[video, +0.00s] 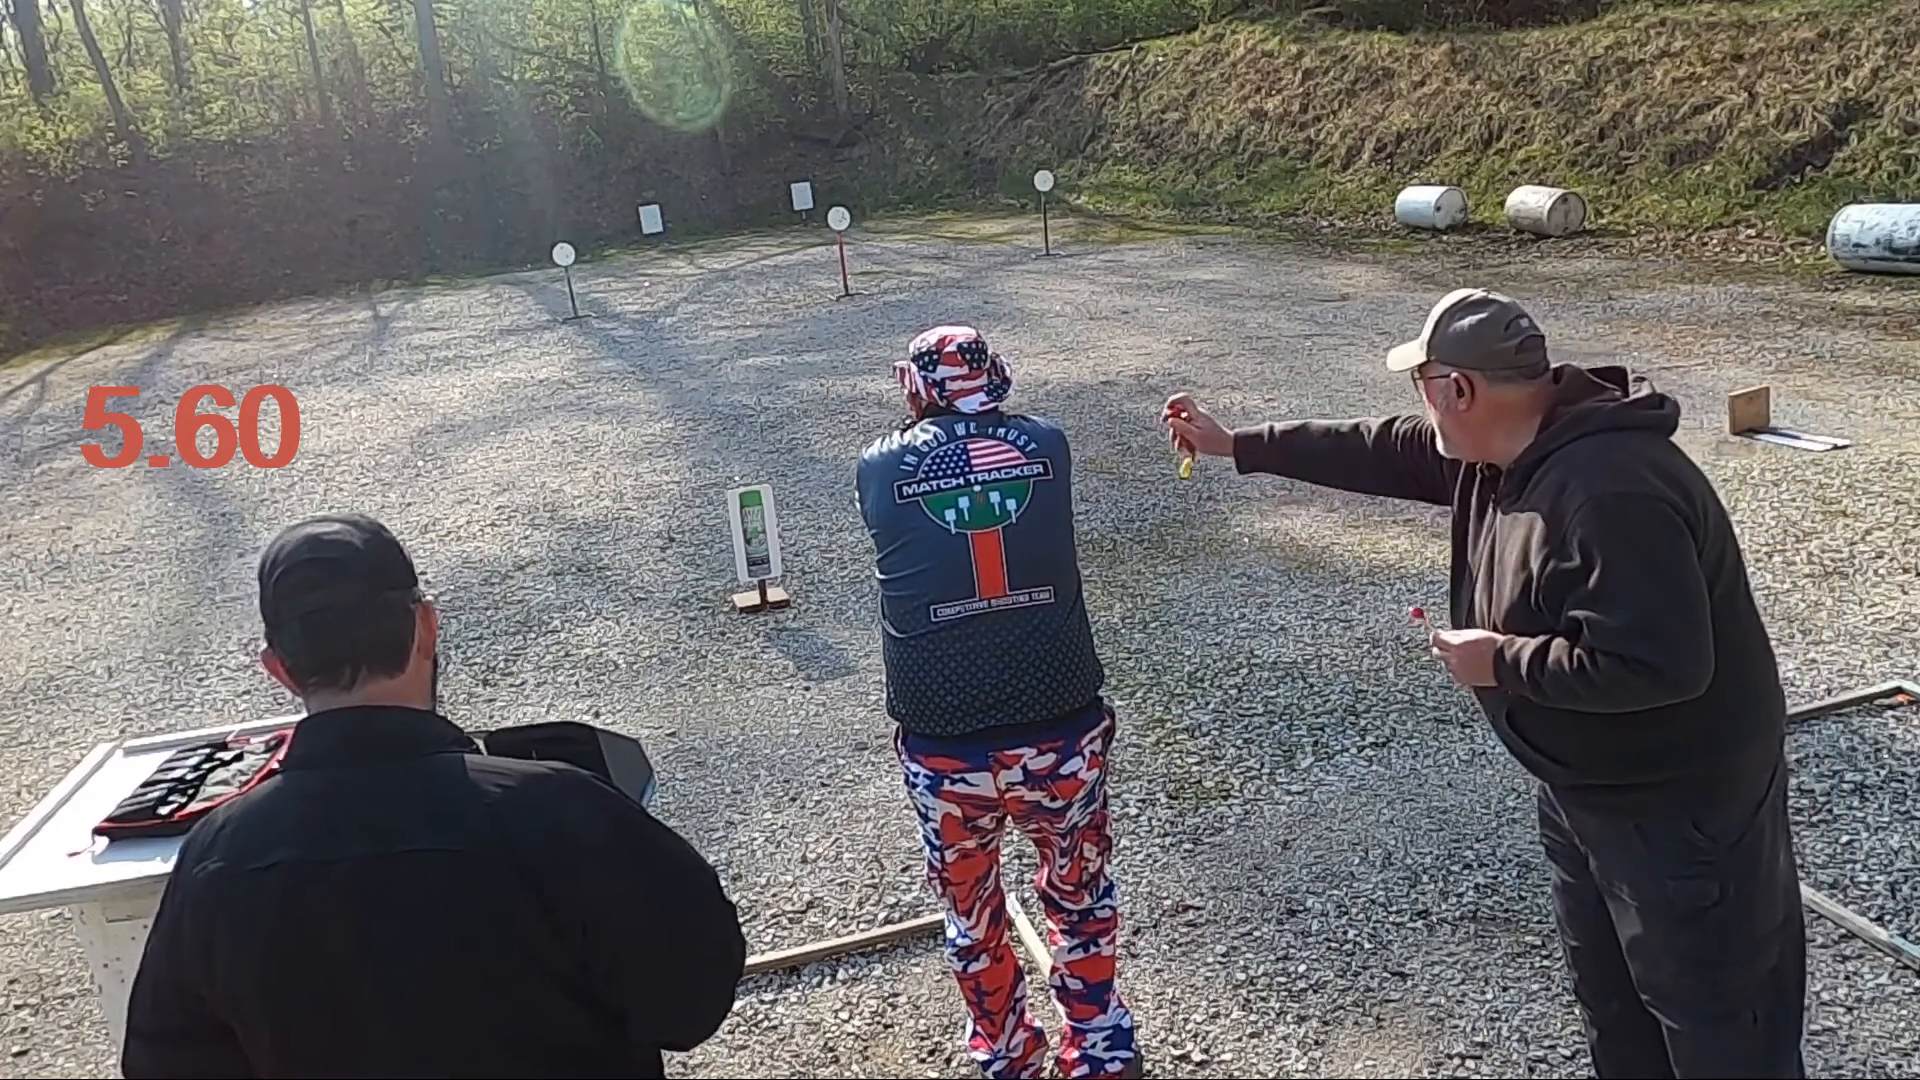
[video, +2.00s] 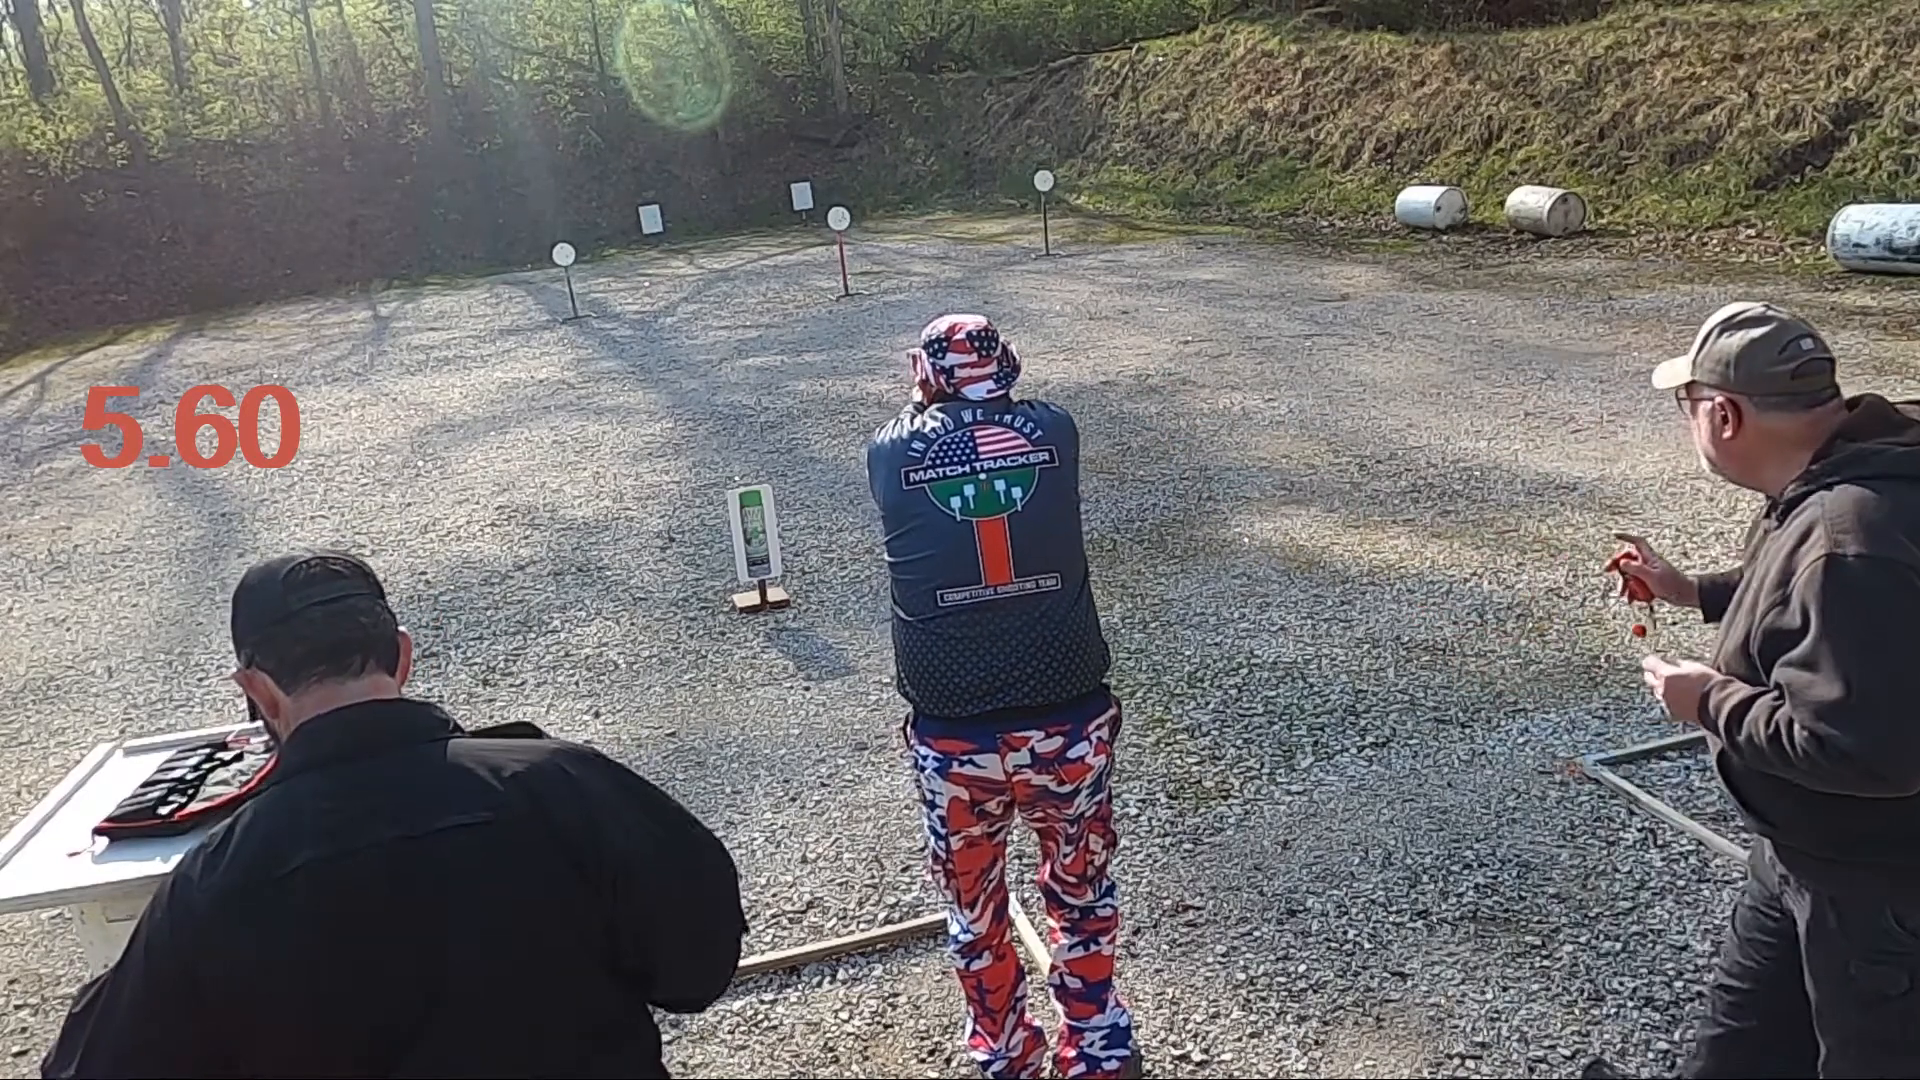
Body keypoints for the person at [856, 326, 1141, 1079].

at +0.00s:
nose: (905, 398)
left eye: (907, 389)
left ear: (916, 397)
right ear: (996, 389)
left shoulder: (878, 470)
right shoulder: (1046, 442)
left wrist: (929, 419)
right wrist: (945, 414)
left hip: (944, 748)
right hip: (1062, 734)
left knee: (972, 907)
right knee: (1080, 896)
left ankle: (1006, 1058)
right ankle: (1102, 1056)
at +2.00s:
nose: (920, 388)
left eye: (921, 379)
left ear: (927, 388)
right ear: (1004, 379)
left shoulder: (888, 458)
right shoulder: (1054, 430)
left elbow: (907, 437)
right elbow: (993, 424)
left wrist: (931, 399)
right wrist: (952, 395)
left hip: (955, 740)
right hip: (1071, 727)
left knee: (975, 901)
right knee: (1082, 891)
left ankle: (1003, 1055)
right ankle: (1099, 1052)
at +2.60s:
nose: (1131, 402)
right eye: (1133, 390)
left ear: (1063, 400)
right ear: (1139, 395)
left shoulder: (1019, 469)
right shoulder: (1180, 447)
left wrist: (1084, 416)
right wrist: (1095, 418)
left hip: (1063, 743)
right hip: (1190, 733)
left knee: (1028, 888)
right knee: (1293, 838)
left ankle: (1004, 1051)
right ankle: (1394, 966)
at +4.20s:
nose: (1783, 256)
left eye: (1786, 247)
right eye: (1782, 248)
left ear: (1795, 251)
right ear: (1861, 239)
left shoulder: (1763, 302)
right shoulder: (1907, 290)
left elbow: (1706, 315)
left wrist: (1706, 277)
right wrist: (1754, 275)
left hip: (1808, 538)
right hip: (1909, 534)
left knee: (1725, 653)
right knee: (1896, 676)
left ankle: (1718, 813)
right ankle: (1901, 810)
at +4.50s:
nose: (1789, 245)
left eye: (1791, 236)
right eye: (1786, 235)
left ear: (1804, 244)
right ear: (1868, 234)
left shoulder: (1771, 298)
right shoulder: (1910, 286)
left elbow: (1712, 317)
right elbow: (1867, 270)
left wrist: (1710, 277)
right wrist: (1807, 250)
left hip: (1811, 531)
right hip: (1911, 529)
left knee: (1731, 649)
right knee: (1897, 675)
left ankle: (1720, 812)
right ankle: (1903, 811)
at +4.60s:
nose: (1788, 246)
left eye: (1791, 237)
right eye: (1785, 237)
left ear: (1805, 244)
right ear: (1867, 234)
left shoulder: (1772, 298)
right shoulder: (1910, 287)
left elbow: (1712, 315)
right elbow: (1866, 270)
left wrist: (1710, 276)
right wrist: (1806, 249)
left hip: (1812, 532)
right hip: (1912, 530)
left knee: (1731, 648)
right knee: (1897, 674)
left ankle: (1720, 812)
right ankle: (1903, 811)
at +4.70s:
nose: (1790, 245)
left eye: (1792, 236)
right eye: (1786, 235)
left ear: (1804, 244)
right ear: (1868, 234)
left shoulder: (1773, 298)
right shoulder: (1911, 287)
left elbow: (1714, 315)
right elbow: (1868, 271)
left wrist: (1711, 276)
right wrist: (1807, 250)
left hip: (1813, 531)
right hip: (1913, 530)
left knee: (1732, 646)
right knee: (1897, 674)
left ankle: (1718, 809)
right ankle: (1903, 811)